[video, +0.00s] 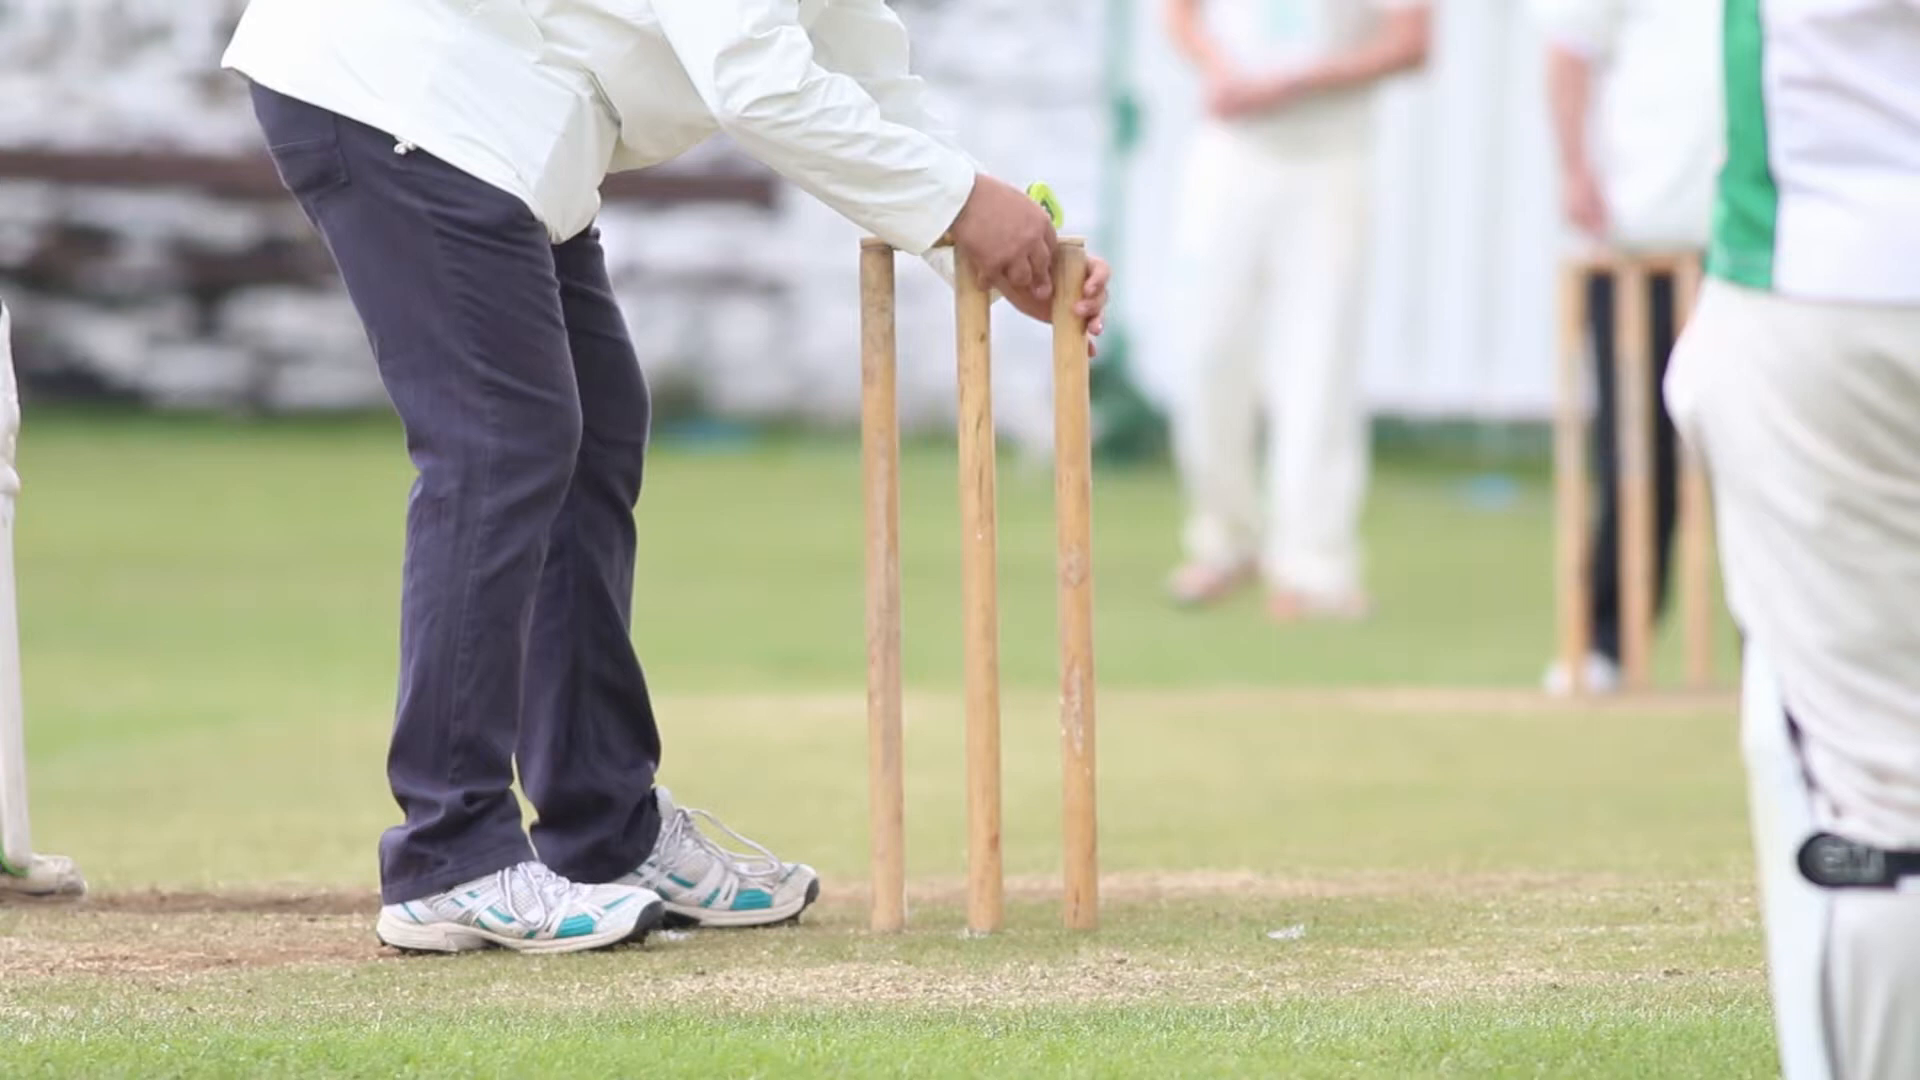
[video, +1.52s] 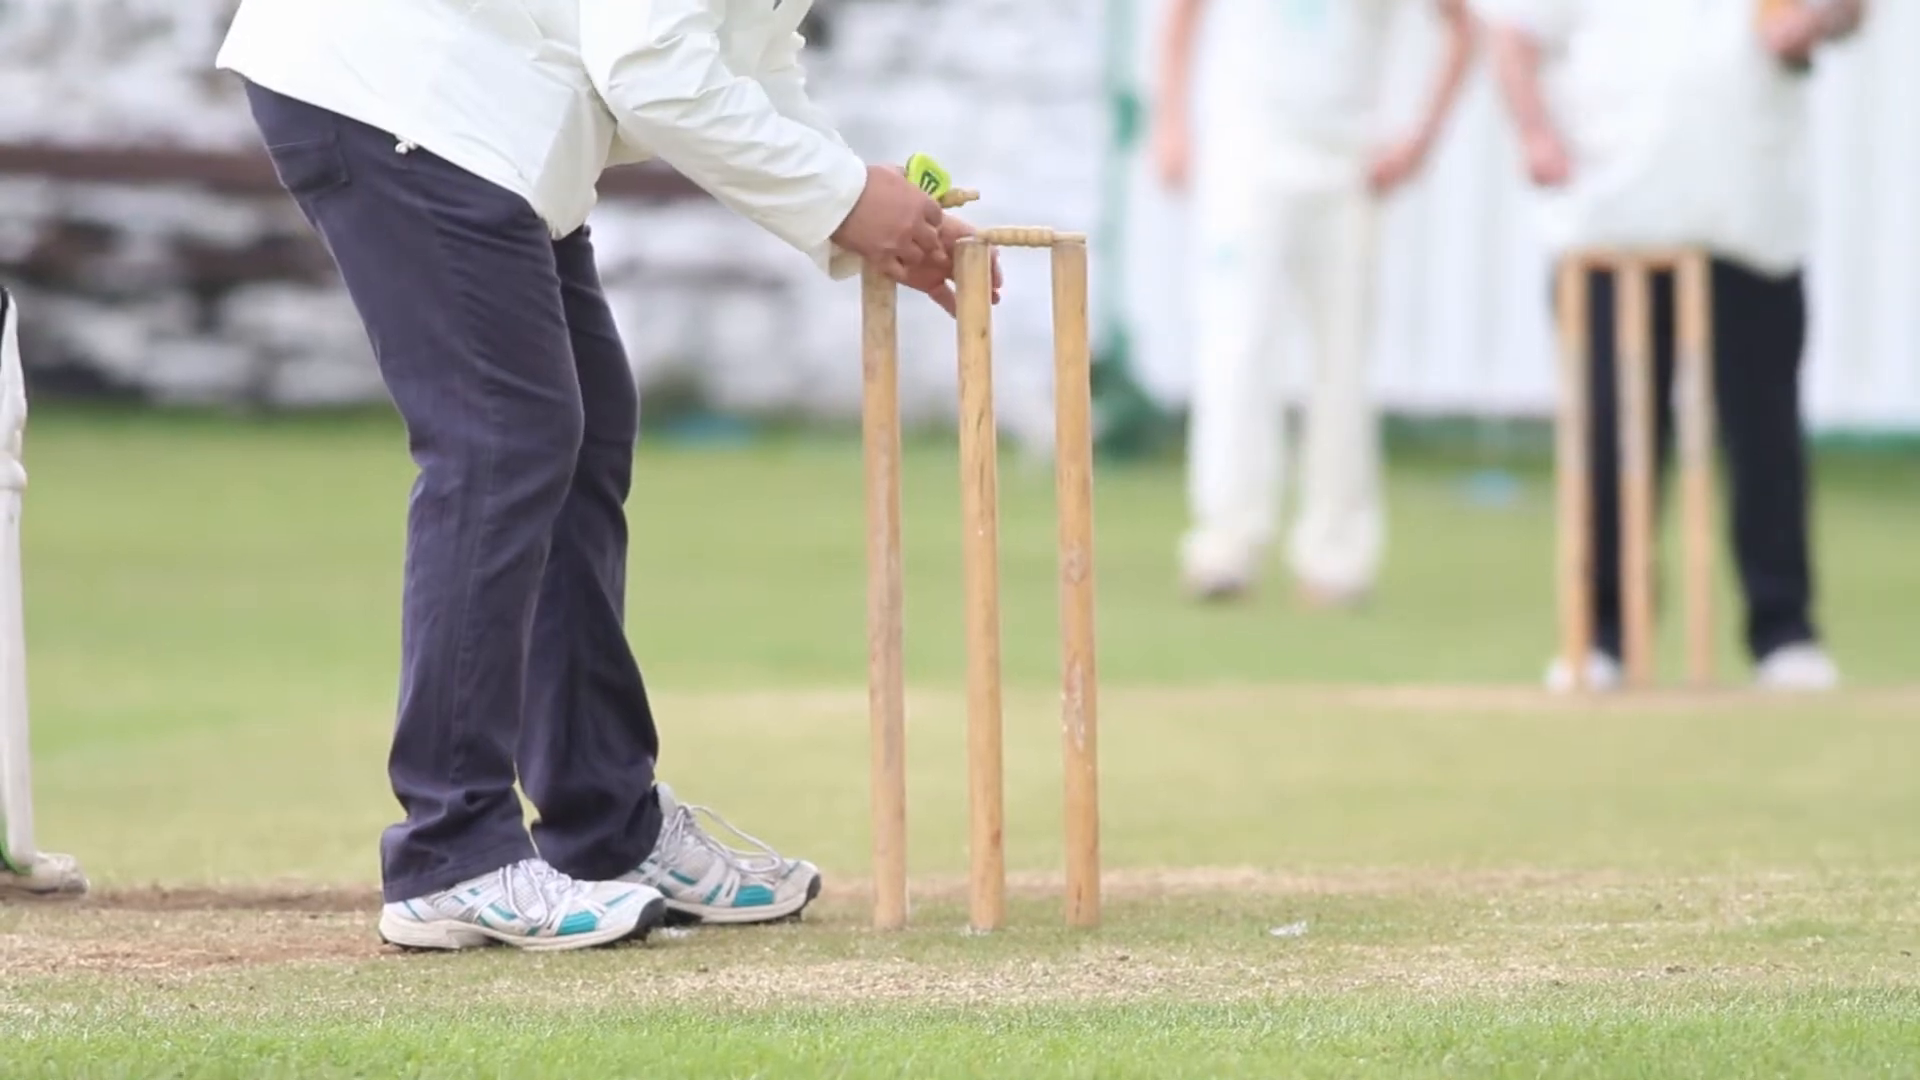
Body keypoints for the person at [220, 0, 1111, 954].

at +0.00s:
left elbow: (876, 90)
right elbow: (753, 80)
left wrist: (1008, 250)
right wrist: (962, 200)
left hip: (509, 87)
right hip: (384, 57)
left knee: (597, 429)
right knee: (508, 436)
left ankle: (604, 833)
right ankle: (446, 864)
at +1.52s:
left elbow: (760, 78)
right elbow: (650, 73)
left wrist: (863, 217)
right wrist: (846, 194)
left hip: (487, 76)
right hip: (381, 59)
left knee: (587, 423)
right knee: (508, 432)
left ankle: (603, 832)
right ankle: (451, 863)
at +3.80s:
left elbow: (809, 71)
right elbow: (646, 63)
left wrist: (959, 183)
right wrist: (826, 202)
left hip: (489, 81)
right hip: (377, 55)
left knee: (586, 417)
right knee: (505, 425)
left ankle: (607, 822)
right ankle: (451, 855)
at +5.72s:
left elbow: (813, 65)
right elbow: (650, 51)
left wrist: (962, 190)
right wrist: (844, 185)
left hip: (487, 73)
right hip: (376, 51)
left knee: (594, 406)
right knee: (507, 416)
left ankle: (607, 815)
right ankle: (454, 846)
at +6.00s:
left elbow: (750, 20)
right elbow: (612, 15)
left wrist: (904, 154)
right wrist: (802, 140)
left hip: (517, 68)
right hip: (394, 53)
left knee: (620, 401)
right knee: (552, 405)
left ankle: (608, 809)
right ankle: (463, 828)